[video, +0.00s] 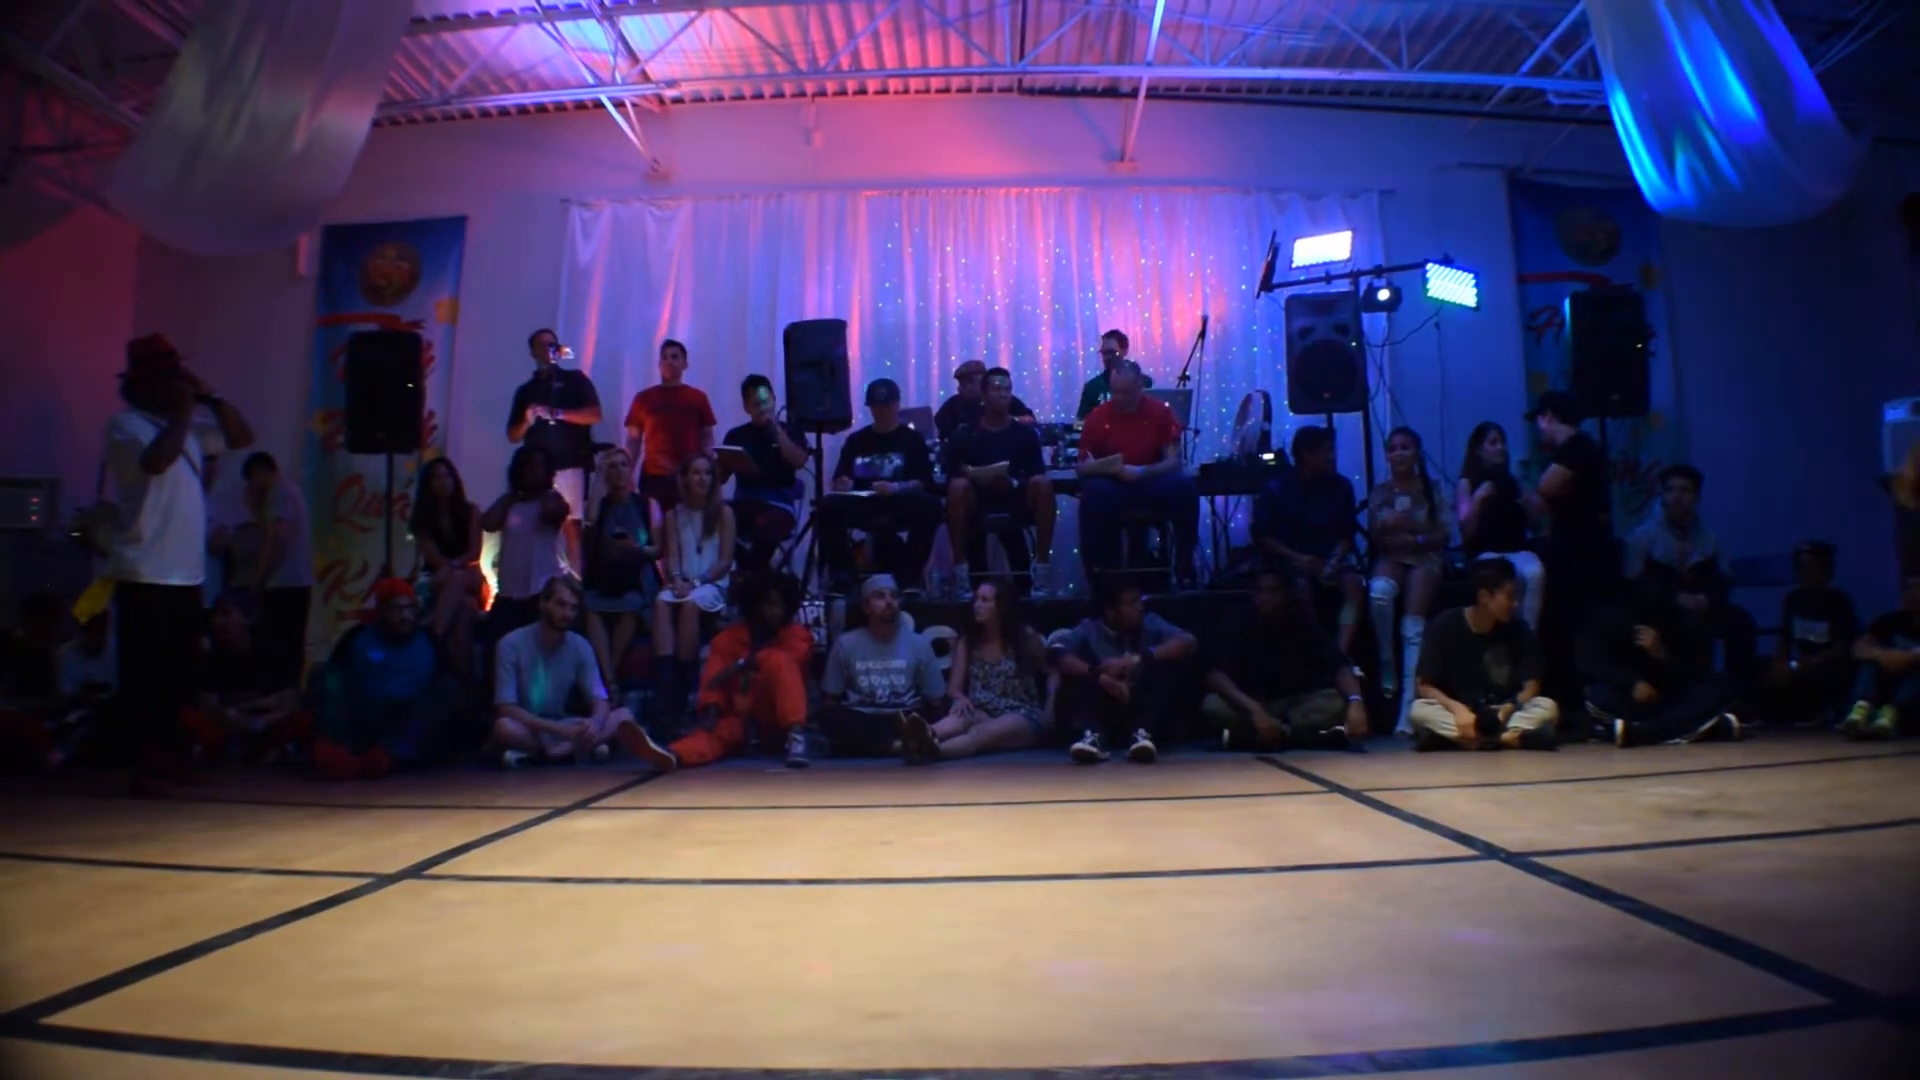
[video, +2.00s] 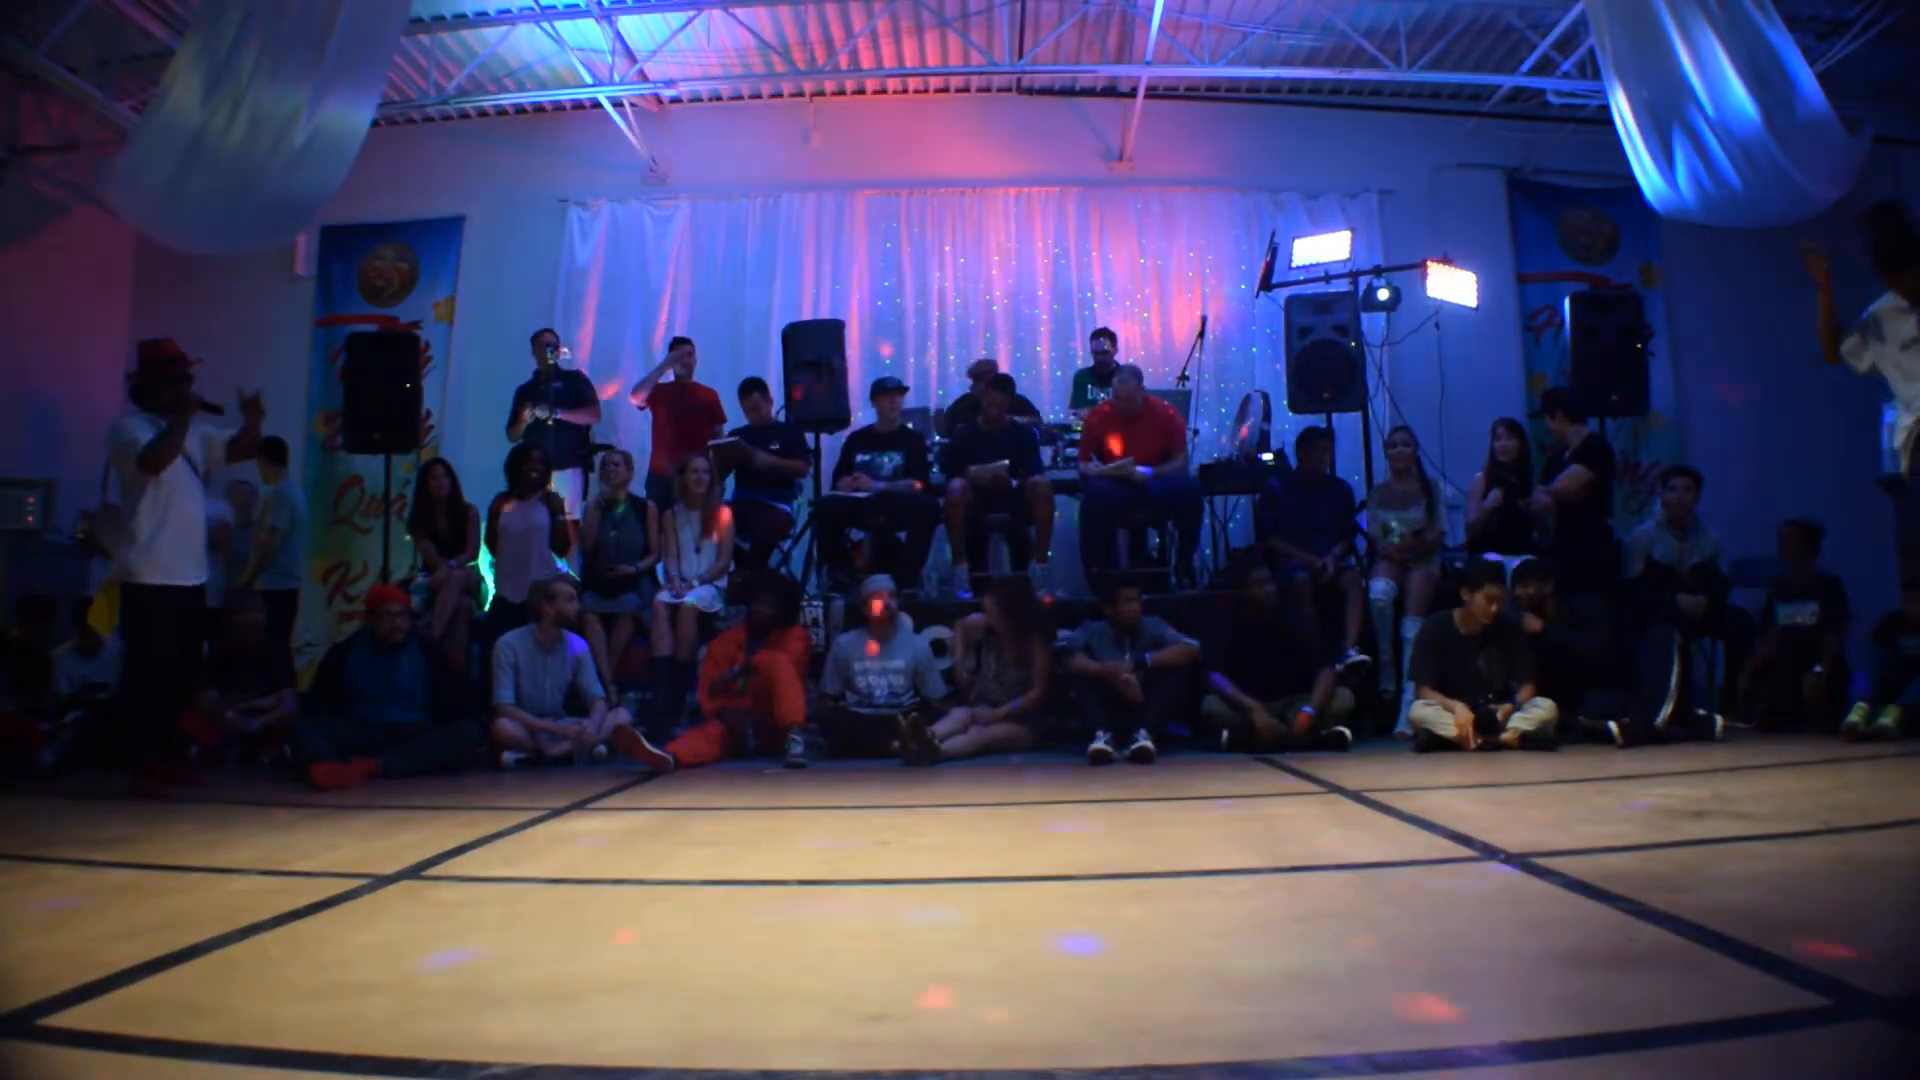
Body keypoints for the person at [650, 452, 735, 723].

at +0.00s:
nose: (702, 479)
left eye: (707, 473)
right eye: (696, 473)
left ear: (713, 479)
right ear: (683, 479)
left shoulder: (723, 513)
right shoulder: (673, 517)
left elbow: (725, 561)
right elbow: (671, 558)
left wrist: (699, 582)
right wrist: (676, 580)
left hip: (712, 580)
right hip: (682, 581)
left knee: (690, 606)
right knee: (662, 603)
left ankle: (685, 679)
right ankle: (664, 677)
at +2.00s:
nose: (700, 477)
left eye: (705, 472)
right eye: (694, 472)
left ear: (712, 478)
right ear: (682, 478)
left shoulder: (722, 514)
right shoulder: (671, 516)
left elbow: (724, 560)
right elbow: (669, 557)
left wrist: (698, 582)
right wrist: (673, 581)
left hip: (709, 581)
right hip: (678, 581)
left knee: (688, 608)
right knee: (659, 605)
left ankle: (682, 684)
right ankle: (662, 683)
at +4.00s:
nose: (683, 477)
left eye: (690, 472)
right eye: (681, 472)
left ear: (704, 477)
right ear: (678, 477)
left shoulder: (721, 514)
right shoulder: (672, 516)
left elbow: (724, 560)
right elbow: (670, 557)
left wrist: (699, 582)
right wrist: (674, 579)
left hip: (710, 580)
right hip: (679, 580)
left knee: (688, 606)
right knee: (660, 602)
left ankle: (681, 678)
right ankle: (662, 675)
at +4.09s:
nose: (683, 477)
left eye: (690, 472)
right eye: (681, 472)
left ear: (704, 478)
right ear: (678, 477)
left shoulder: (721, 514)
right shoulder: (672, 516)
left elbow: (725, 560)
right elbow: (669, 559)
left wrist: (699, 581)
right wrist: (674, 580)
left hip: (709, 580)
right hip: (679, 581)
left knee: (688, 606)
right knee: (660, 603)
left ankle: (681, 678)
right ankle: (662, 676)